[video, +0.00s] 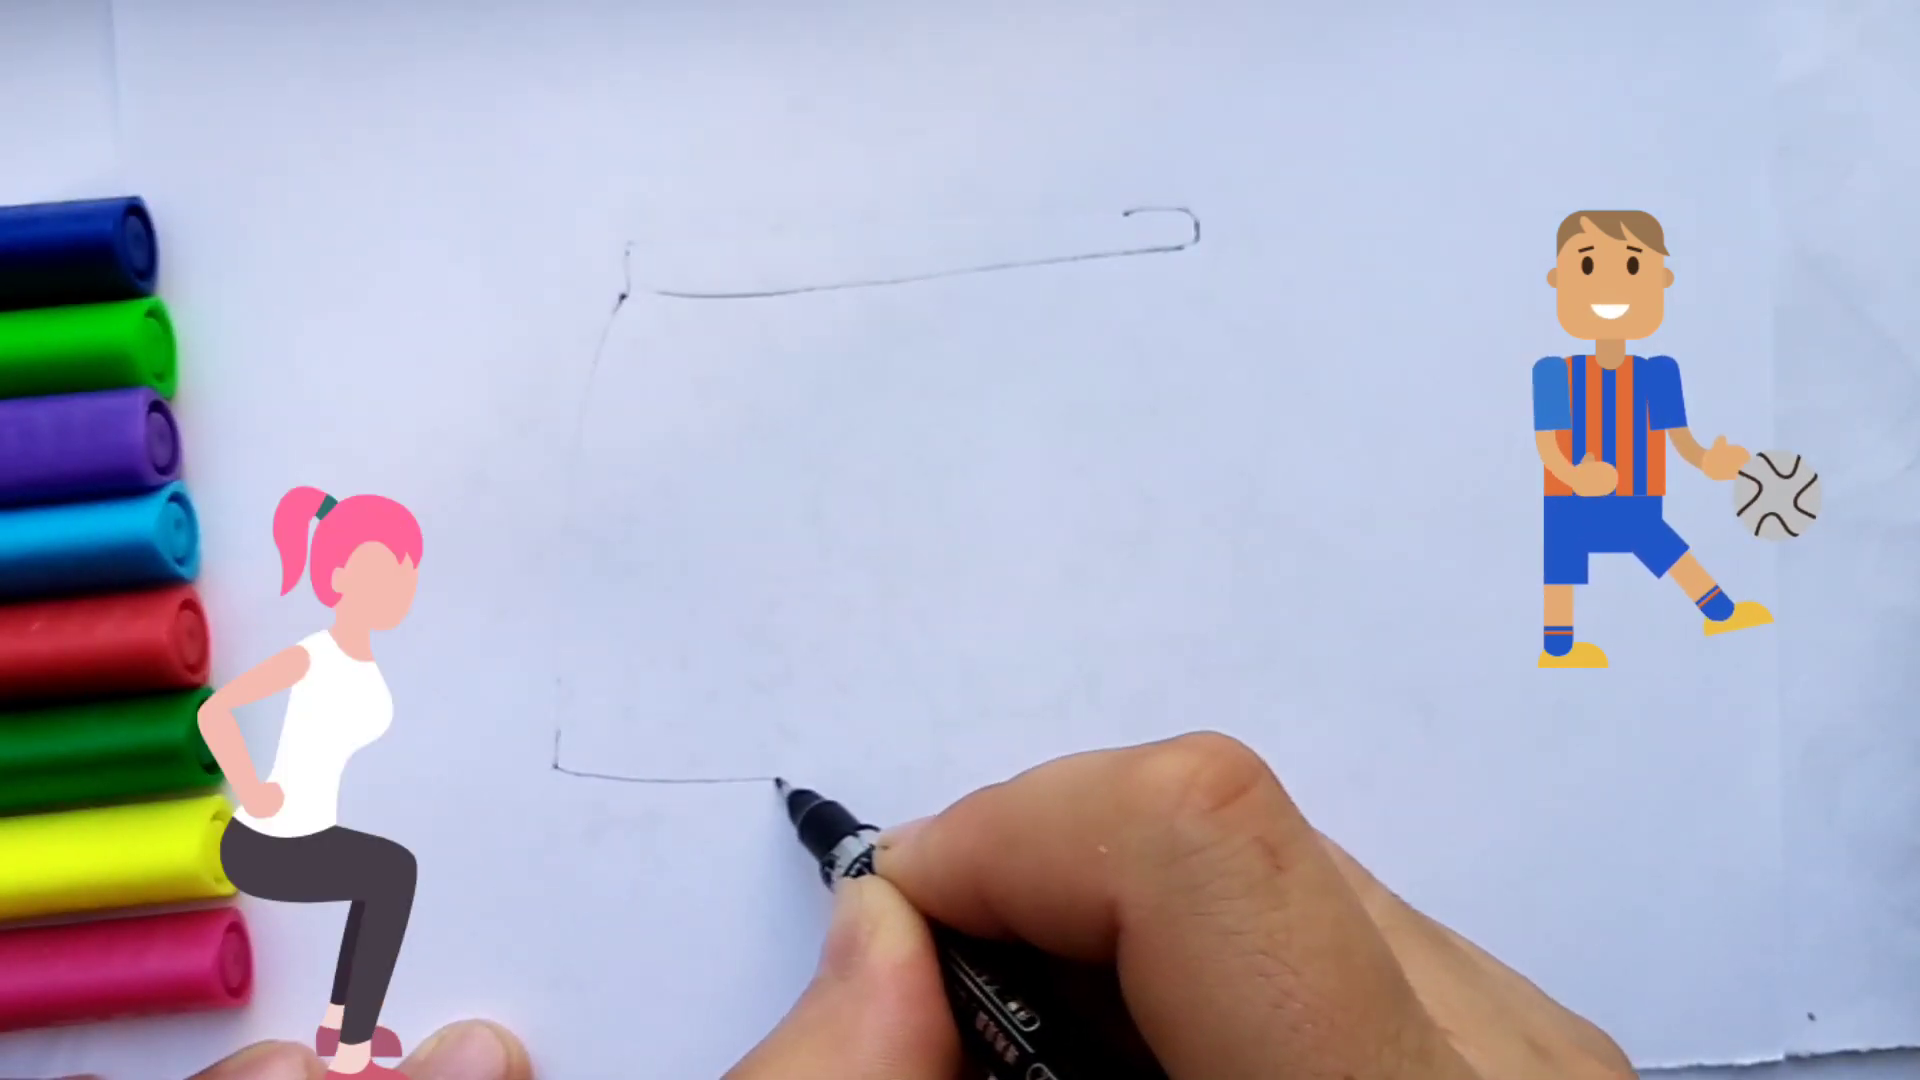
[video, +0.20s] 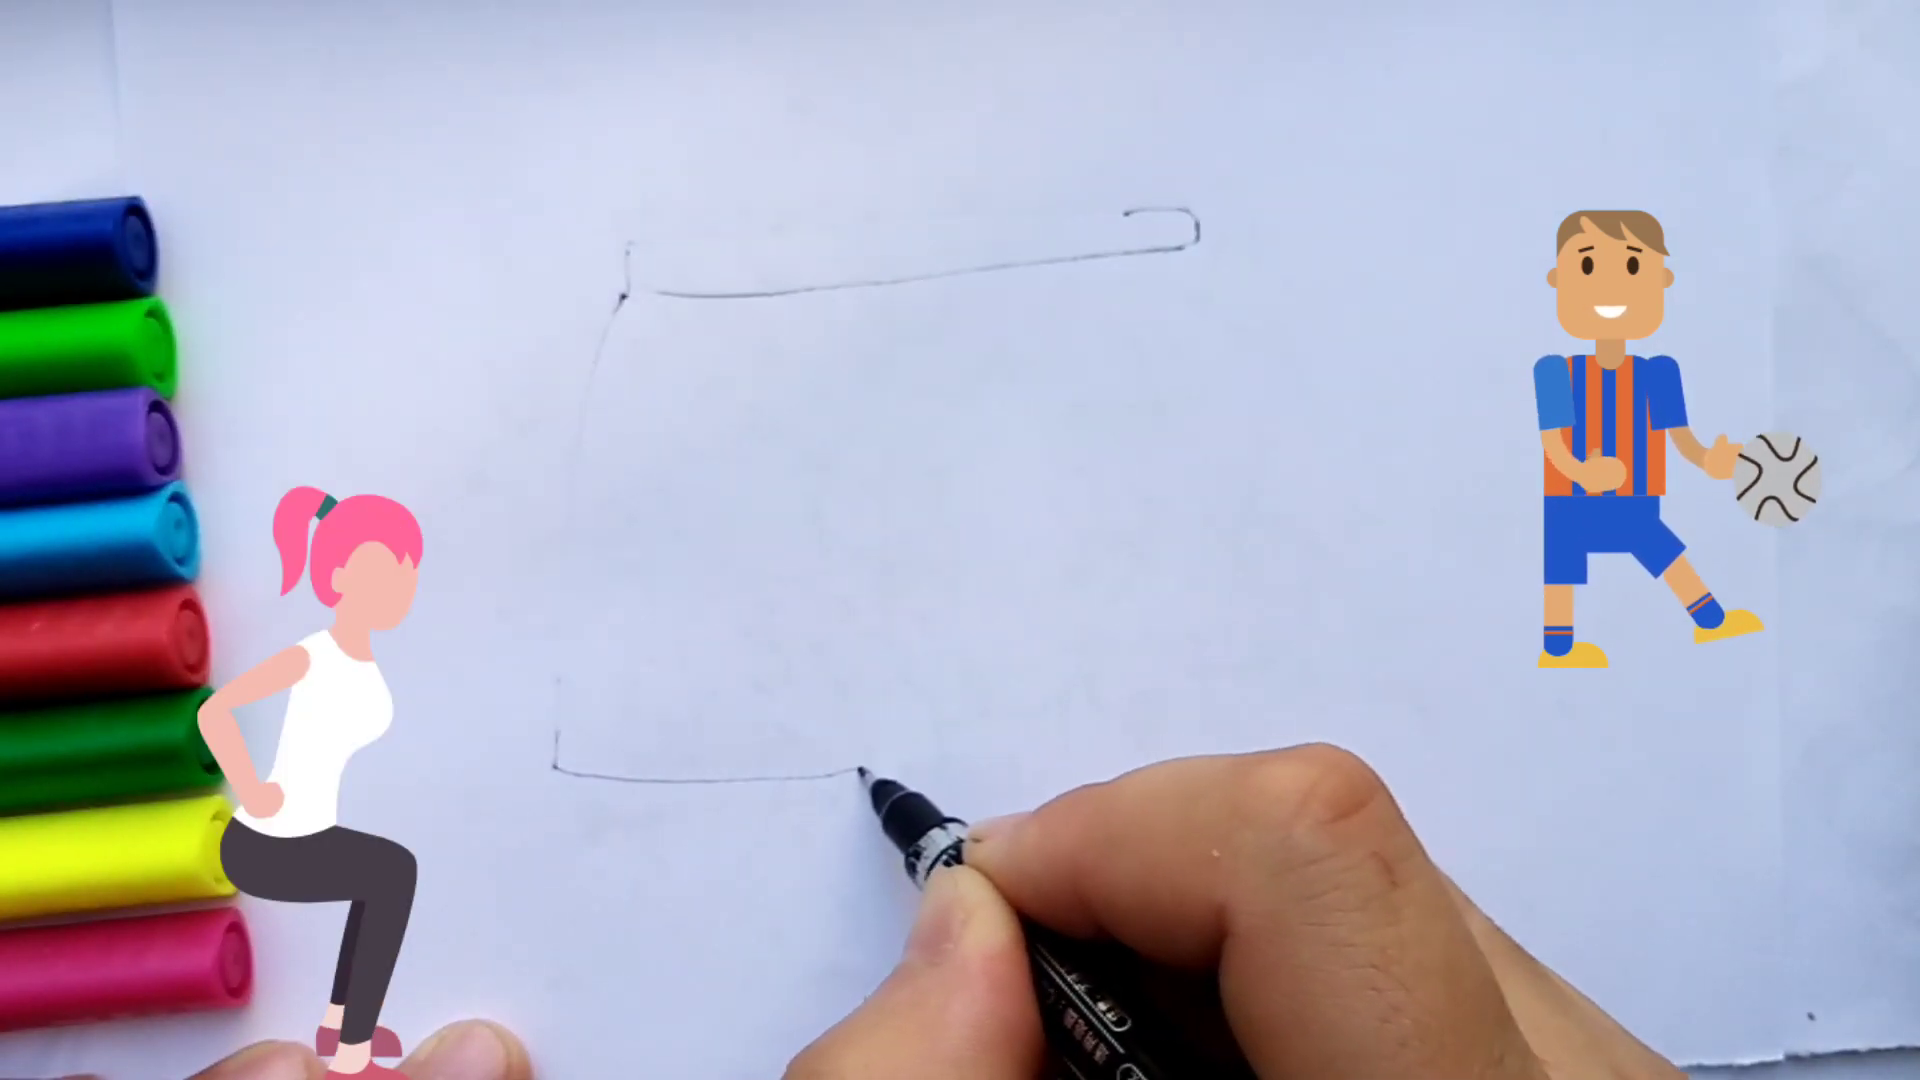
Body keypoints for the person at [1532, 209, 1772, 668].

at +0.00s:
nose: (1610, 287)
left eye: (1631, 267)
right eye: (1589, 266)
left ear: (1662, 283)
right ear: (1559, 283)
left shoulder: (1657, 374)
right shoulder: (1556, 373)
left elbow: (1682, 437)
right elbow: (1547, 441)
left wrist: (1710, 462)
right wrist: (1573, 476)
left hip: (1632, 505)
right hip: (1569, 507)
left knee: (1667, 551)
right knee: (1560, 569)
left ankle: (1719, 610)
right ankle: (1557, 646)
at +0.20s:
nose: (1611, 287)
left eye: (1631, 267)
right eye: (1589, 266)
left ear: (1662, 283)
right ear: (1559, 283)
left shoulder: (1656, 374)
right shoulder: (1559, 373)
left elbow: (1683, 436)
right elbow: (1552, 441)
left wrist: (1709, 460)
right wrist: (1580, 473)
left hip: (1631, 506)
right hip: (1570, 507)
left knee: (1664, 552)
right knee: (1562, 568)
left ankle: (1710, 618)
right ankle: (1558, 646)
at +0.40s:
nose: (1610, 287)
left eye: (1631, 267)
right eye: (1589, 267)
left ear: (1662, 283)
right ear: (1559, 284)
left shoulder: (1657, 374)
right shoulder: (1555, 374)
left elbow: (1680, 435)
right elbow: (1546, 440)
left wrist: (1708, 462)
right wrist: (1570, 477)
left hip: (1633, 506)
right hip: (1569, 508)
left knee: (1671, 552)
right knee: (1560, 572)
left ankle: (1722, 607)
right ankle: (1557, 646)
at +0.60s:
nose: (1610, 287)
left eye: (1632, 267)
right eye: (1589, 267)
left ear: (1661, 283)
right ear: (1560, 284)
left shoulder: (1656, 374)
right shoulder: (1555, 373)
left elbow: (1681, 436)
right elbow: (1545, 439)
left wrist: (1708, 462)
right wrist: (1570, 477)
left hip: (1632, 505)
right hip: (1569, 507)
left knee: (1670, 551)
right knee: (1561, 570)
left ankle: (1723, 607)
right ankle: (1557, 645)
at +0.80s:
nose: (1610, 287)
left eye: (1631, 266)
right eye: (1589, 267)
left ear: (1662, 283)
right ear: (1558, 283)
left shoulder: (1655, 373)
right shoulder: (1560, 373)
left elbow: (1681, 434)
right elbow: (1554, 439)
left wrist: (1710, 460)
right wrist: (1582, 470)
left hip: (1630, 505)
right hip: (1570, 506)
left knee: (1663, 554)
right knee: (1561, 570)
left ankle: (1707, 622)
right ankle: (1557, 647)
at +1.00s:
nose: (1610, 287)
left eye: (1631, 267)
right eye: (1589, 267)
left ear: (1661, 283)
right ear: (1561, 284)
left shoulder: (1657, 373)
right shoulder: (1555, 374)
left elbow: (1681, 436)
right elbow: (1546, 440)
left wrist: (1708, 462)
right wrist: (1570, 477)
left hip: (1633, 505)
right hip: (1569, 507)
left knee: (1671, 552)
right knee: (1561, 572)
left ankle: (1722, 607)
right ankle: (1557, 646)